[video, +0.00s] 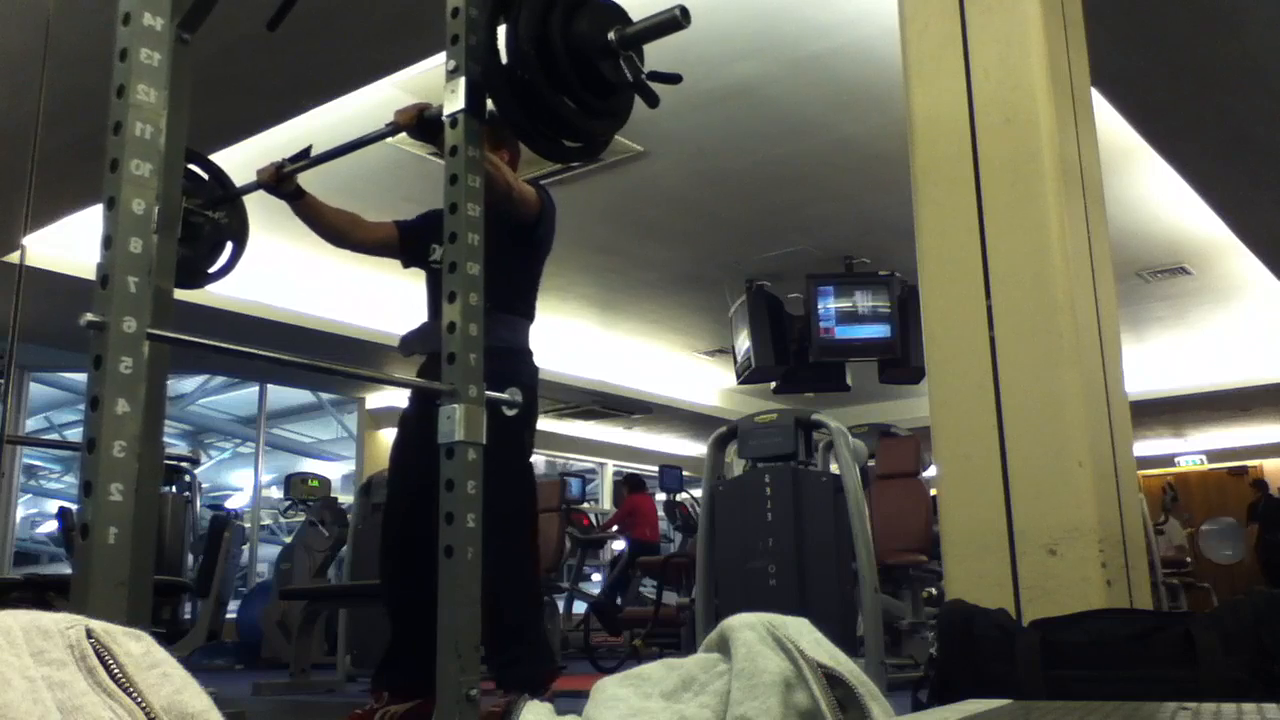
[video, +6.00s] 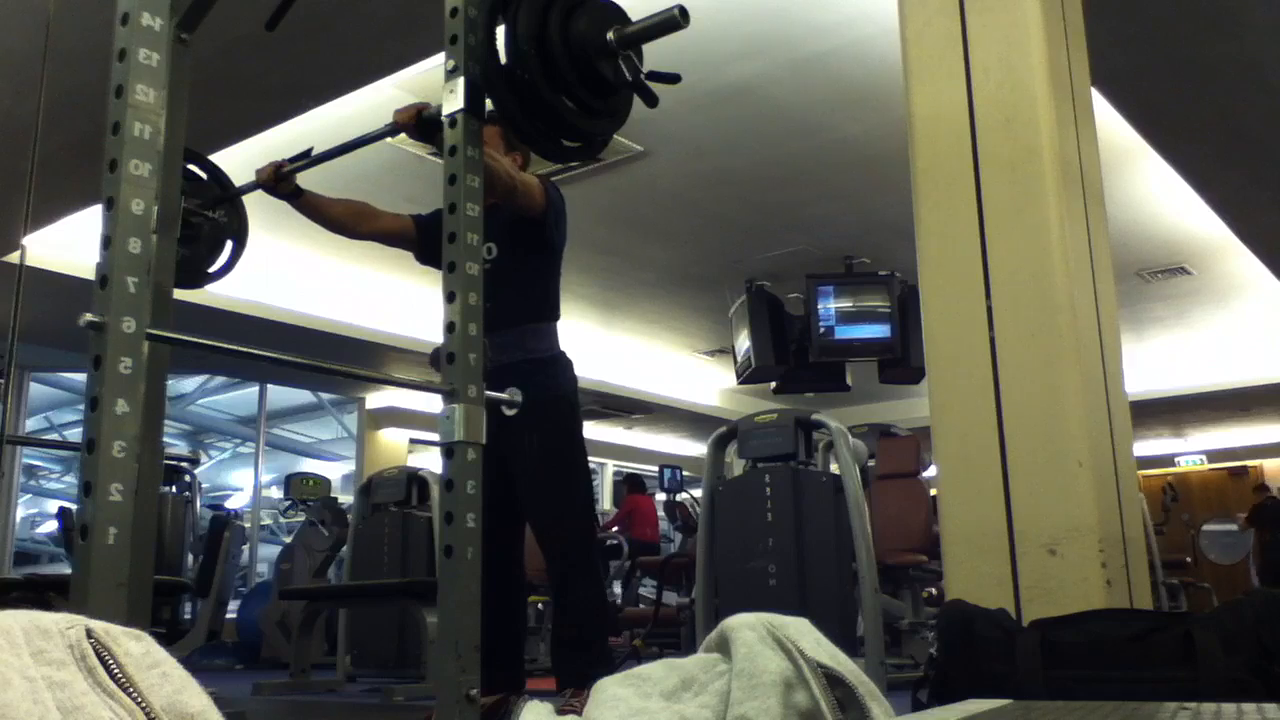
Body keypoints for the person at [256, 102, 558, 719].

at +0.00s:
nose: (470, 164)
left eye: (479, 152)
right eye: (463, 153)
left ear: (508, 155)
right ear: (453, 159)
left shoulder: (534, 209)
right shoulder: (446, 224)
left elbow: (501, 187)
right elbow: (359, 232)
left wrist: (442, 138)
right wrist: (295, 191)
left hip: (500, 384)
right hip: (436, 387)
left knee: (504, 534)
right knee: (407, 532)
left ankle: (524, 684)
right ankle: (408, 684)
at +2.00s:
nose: (469, 164)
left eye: (478, 152)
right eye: (462, 156)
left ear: (508, 152)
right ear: (457, 163)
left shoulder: (539, 209)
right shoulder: (455, 226)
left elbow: (503, 181)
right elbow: (366, 222)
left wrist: (440, 134)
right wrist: (294, 193)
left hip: (539, 389)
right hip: (477, 395)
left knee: (561, 538)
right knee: (486, 547)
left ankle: (578, 685)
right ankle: (498, 686)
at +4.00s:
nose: (466, 166)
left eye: (475, 154)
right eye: (460, 159)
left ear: (507, 153)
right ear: (456, 165)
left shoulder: (543, 207)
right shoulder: (456, 227)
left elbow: (501, 178)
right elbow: (368, 224)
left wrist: (439, 133)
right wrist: (294, 192)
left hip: (539, 385)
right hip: (476, 393)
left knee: (565, 539)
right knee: (488, 548)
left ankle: (579, 684)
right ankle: (498, 687)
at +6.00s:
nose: (471, 159)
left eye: (482, 148)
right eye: (465, 153)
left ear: (516, 154)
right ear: (459, 162)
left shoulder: (543, 204)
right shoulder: (457, 223)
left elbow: (502, 179)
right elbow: (370, 221)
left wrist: (440, 134)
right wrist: (295, 192)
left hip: (538, 384)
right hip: (476, 392)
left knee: (565, 538)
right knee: (488, 546)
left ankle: (579, 684)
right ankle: (498, 686)